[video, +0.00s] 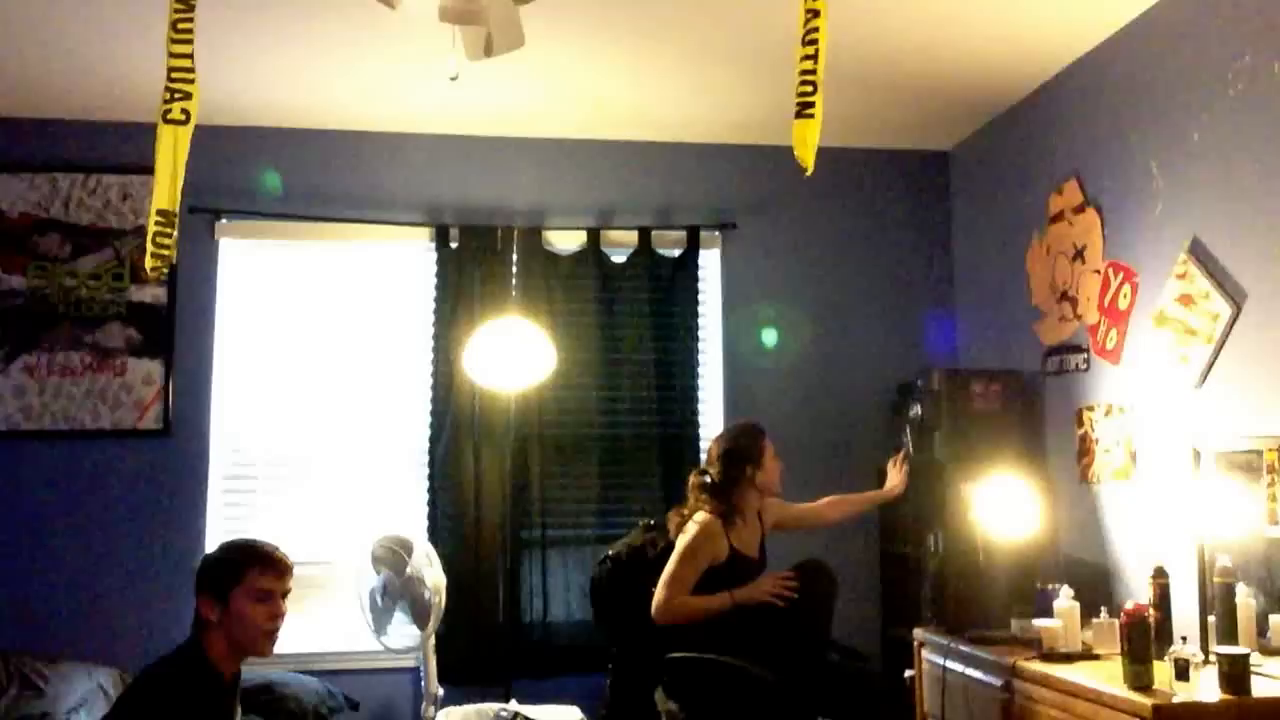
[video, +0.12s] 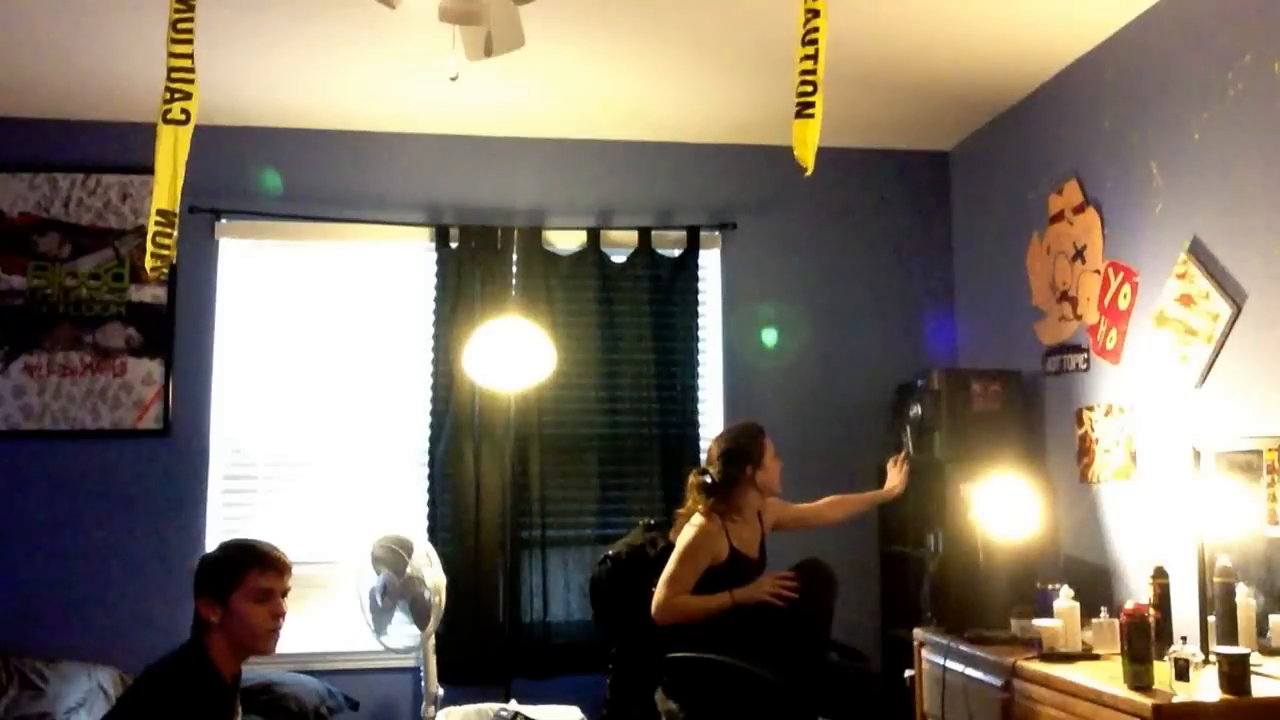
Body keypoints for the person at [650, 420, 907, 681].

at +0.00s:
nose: (781, 466)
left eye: (776, 457)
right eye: (773, 458)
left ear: (750, 473)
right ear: (751, 472)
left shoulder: (763, 512)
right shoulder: (704, 529)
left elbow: (827, 510)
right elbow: (664, 609)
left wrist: (886, 493)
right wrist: (743, 595)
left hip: (733, 639)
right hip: (693, 654)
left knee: (814, 576)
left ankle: (806, 684)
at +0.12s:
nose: (780, 464)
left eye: (776, 457)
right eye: (773, 458)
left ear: (749, 472)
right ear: (751, 472)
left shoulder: (762, 510)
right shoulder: (704, 530)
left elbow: (824, 511)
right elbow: (664, 608)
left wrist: (887, 492)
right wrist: (743, 594)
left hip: (732, 637)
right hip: (694, 654)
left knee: (814, 574)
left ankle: (806, 682)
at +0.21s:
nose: (780, 464)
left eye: (776, 457)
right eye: (773, 458)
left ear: (750, 473)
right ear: (751, 472)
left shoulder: (763, 511)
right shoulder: (704, 529)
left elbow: (826, 511)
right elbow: (663, 608)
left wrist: (887, 492)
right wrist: (742, 595)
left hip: (733, 637)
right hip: (694, 653)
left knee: (815, 574)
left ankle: (805, 685)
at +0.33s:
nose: (780, 464)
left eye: (776, 456)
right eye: (773, 458)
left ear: (751, 473)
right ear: (751, 472)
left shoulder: (764, 511)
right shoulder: (704, 530)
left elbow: (825, 511)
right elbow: (663, 609)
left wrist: (885, 493)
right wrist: (743, 595)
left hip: (734, 639)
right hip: (694, 654)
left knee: (815, 575)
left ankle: (806, 686)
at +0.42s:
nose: (779, 465)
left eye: (776, 456)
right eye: (772, 458)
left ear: (751, 473)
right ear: (751, 471)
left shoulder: (764, 511)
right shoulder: (704, 529)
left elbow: (823, 511)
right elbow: (664, 608)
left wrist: (885, 493)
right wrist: (743, 595)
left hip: (733, 638)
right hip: (694, 652)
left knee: (814, 575)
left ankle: (807, 685)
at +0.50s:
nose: (779, 464)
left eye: (775, 456)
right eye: (772, 458)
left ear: (750, 473)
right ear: (750, 471)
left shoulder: (763, 511)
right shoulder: (705, 529)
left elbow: (824, 511)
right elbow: (663, 609)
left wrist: (886, 492)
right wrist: (743, 595)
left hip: (732, 639)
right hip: (693, 654)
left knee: (814, 575)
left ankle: (806, 687)